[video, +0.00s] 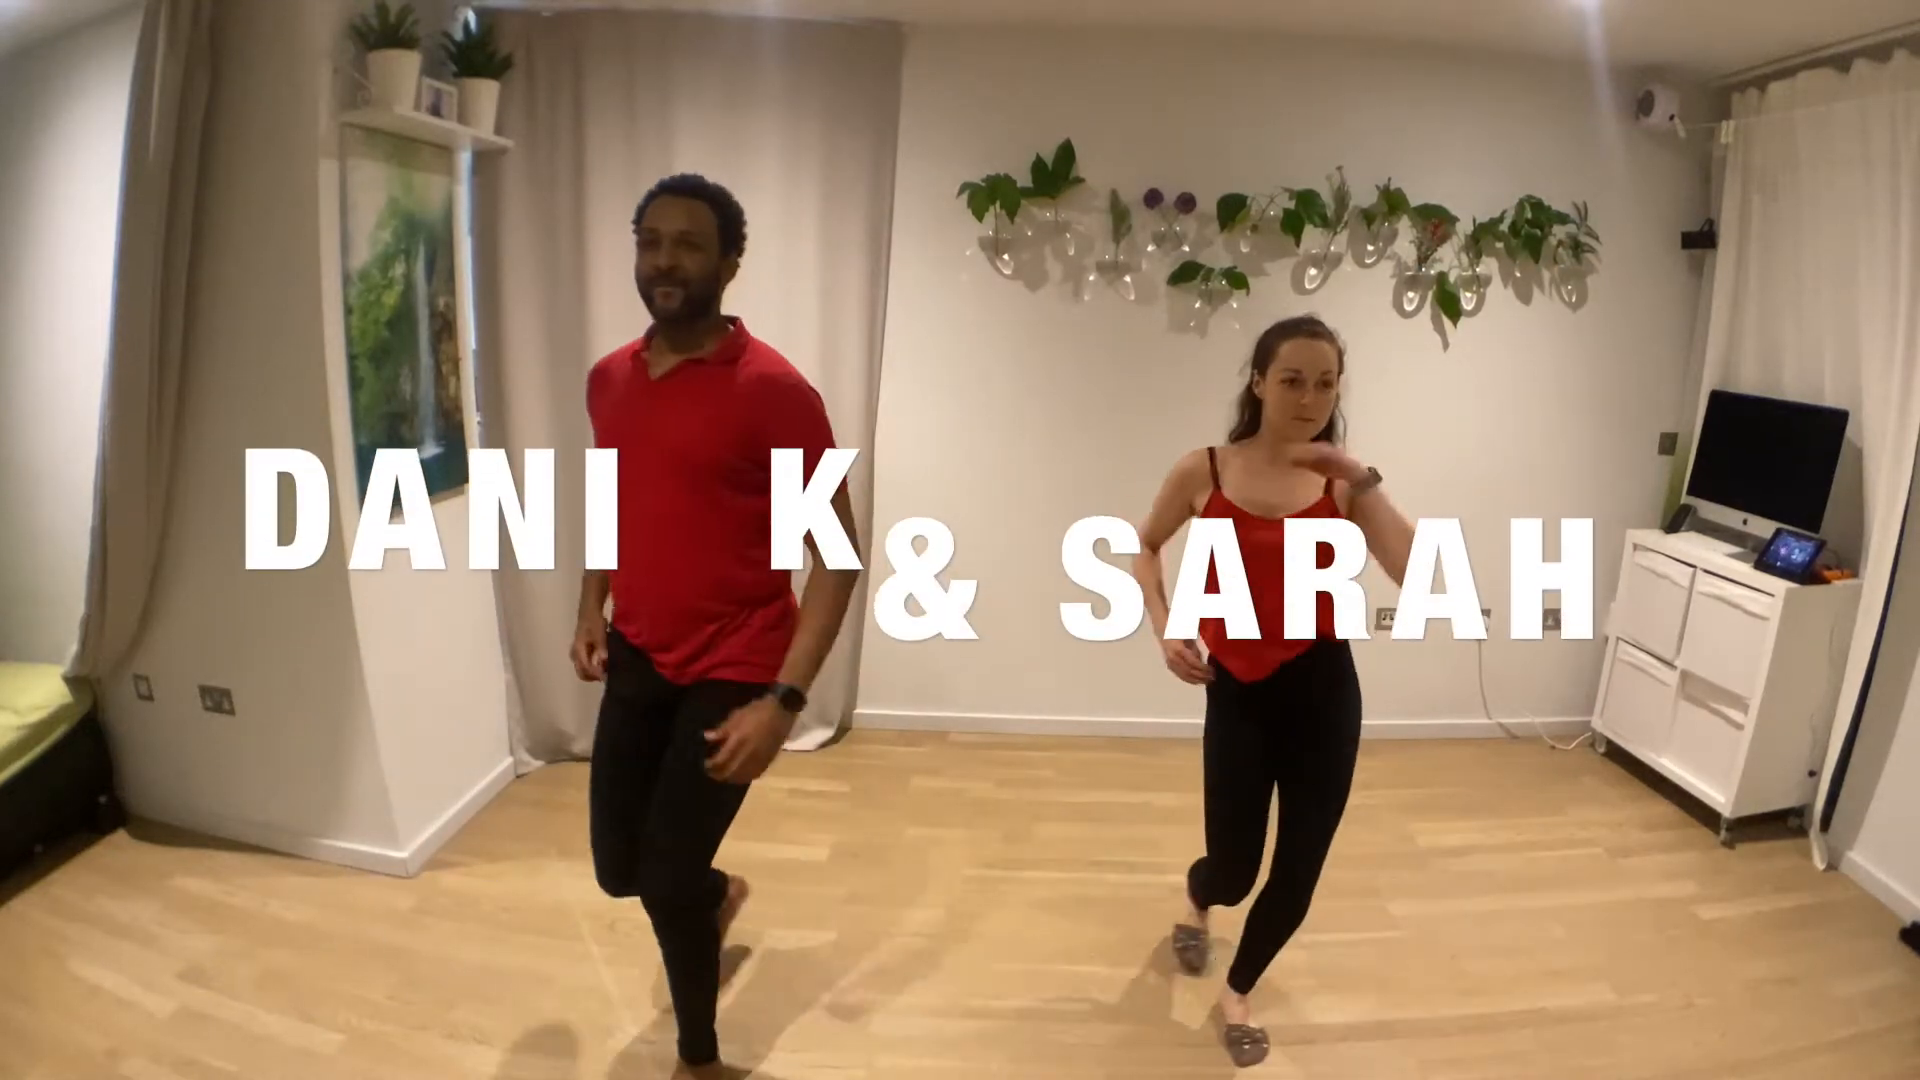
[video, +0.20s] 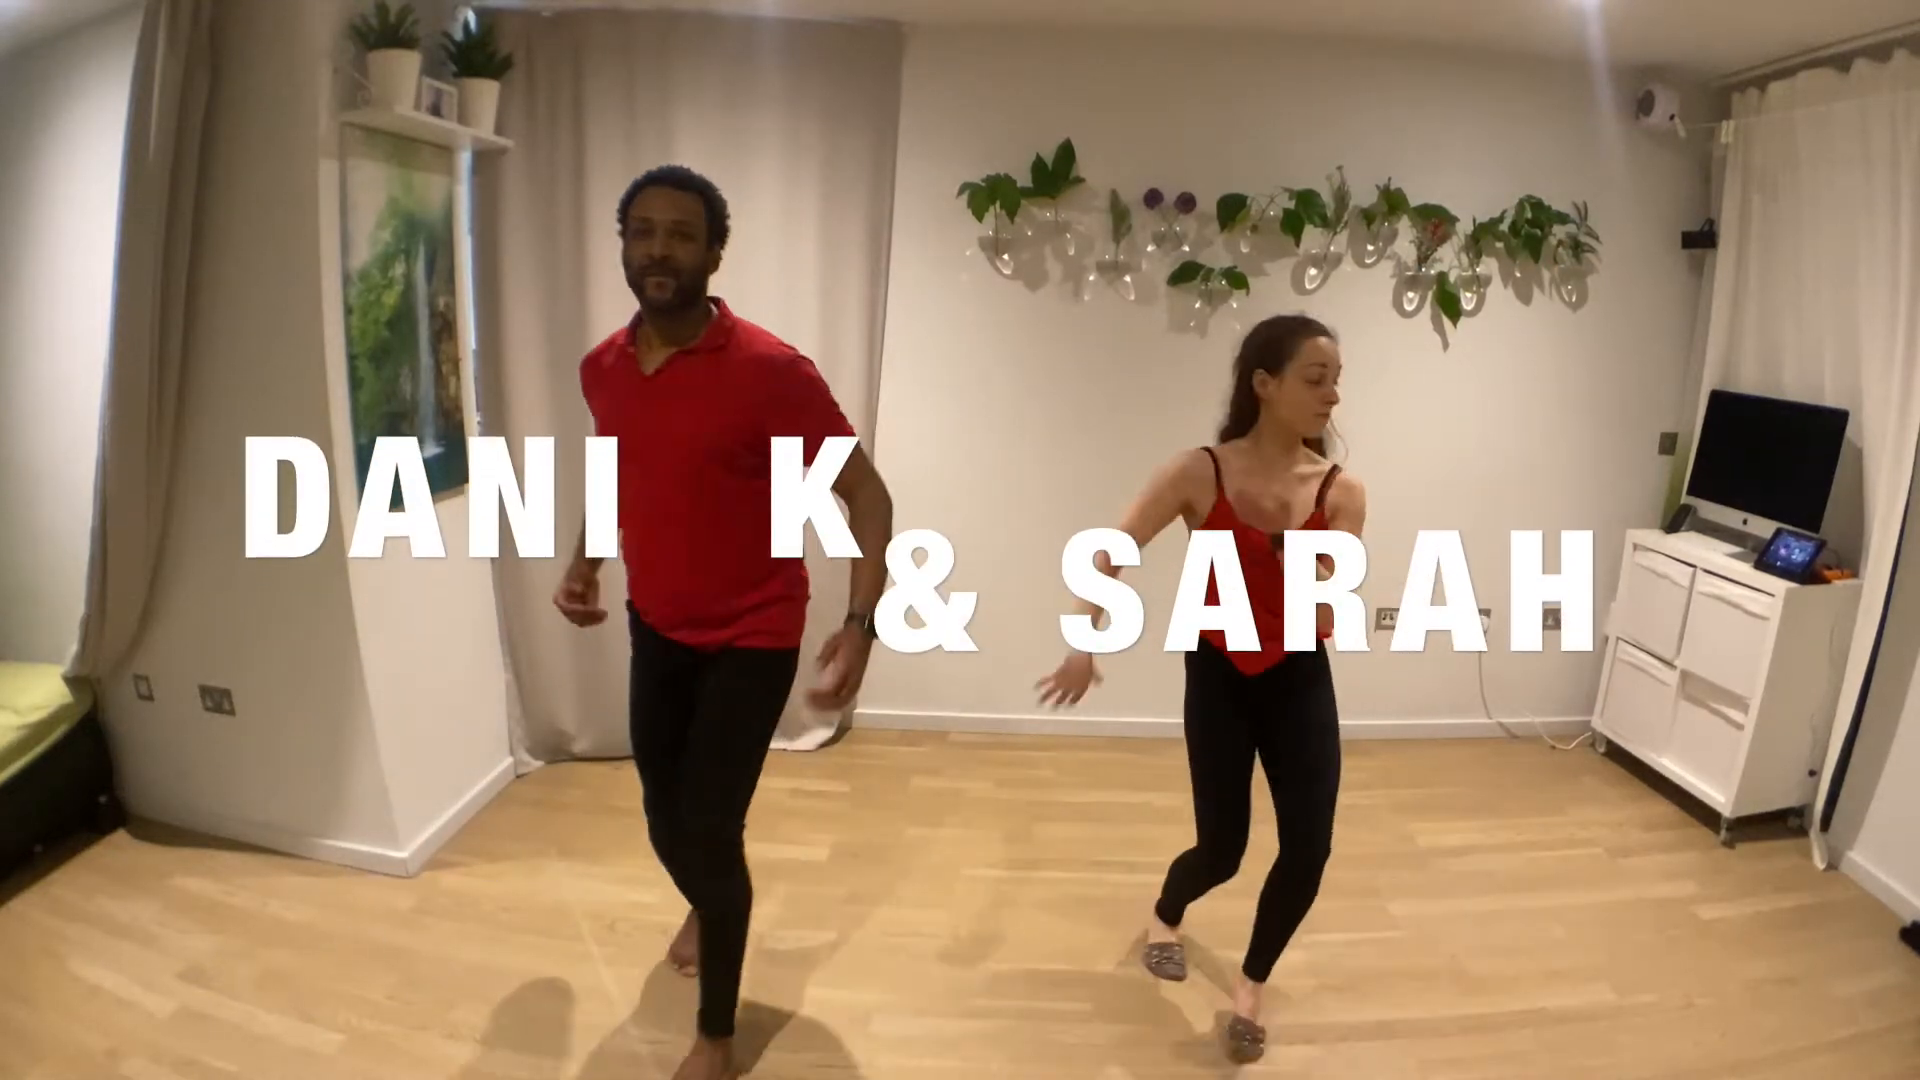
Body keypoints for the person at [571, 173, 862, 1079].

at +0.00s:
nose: (666, 261)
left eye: (689, 246)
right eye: (652, 243)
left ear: (730, 262)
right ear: (634, 255)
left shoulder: (776, 395)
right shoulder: (612, 380)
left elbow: (839, 558)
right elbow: (610, 504)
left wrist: (784, 699)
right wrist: (594, 603)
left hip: (735, 671)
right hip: (639, 658)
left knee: (672, 874)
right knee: (619, 866)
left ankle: (699, 1059)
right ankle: (713, 898)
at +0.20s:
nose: (659, 251)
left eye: (683, 235)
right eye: (642, 233)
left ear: (716, 252)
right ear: (621, 247)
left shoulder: (771, 371)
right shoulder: (606, 369)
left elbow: (867, 496)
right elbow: (608, 467)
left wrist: (861, 624)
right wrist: (583, 552)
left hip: (754, 635)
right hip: (657, 629)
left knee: (712, 831)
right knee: (666, 816)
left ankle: (716, 1036)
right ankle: (711, 905)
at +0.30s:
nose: (673, 259)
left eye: (694, 240)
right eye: (655, 239)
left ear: (726, 253)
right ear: (631, 253)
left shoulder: (790, 370)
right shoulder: (605, 373)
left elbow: (881, 473)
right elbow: (573, 465)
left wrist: (860, 547)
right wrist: (543, 542)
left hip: (773, 617)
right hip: (676, 613)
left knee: (739, 802)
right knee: (674, 799)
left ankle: (778, 952)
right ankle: (702, 909)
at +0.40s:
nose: (705, 266)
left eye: (722, 247)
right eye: (685, 249)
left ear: (751, 255)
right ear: (660, 262)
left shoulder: (807, 361)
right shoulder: (628, 372)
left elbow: (883, 477)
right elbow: (556, 478)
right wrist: (627, 477)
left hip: (786, 608)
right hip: (685, 605)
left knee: (804, 792)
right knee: (673, 791)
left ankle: (860, 881)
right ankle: (702, 905)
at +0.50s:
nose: (727, 280)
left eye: (745, 260)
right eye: (707, 261)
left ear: (775, 264)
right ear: (687, 269)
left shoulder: (807, 356)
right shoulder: (665, 370)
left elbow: (859, 480)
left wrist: (802, 401)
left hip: (797, 604)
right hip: (702, 607)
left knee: (865, 766)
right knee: (689, 783)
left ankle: (920, 903)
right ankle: (697, 910)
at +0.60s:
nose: (757, 290)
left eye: (773, 271)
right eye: (735, 273)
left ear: (796, 276)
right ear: (706, 282)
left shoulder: (787, 367)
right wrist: (1053, 426)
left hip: (810, 612)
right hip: (724, 616)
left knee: (895, 762)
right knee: (738, 820)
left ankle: (928, 898)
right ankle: (675, 904)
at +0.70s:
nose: (789, 295)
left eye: (803, 276)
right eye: (766, 278)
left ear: (822, 280)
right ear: (734, 288)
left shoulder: (810, 380)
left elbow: (840, 478)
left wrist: (863, 419)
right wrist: (1035, 399)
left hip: (811, 612)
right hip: (731, 618)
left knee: (906, 750)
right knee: (758, 817)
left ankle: (923, 897)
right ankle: (667, 910)